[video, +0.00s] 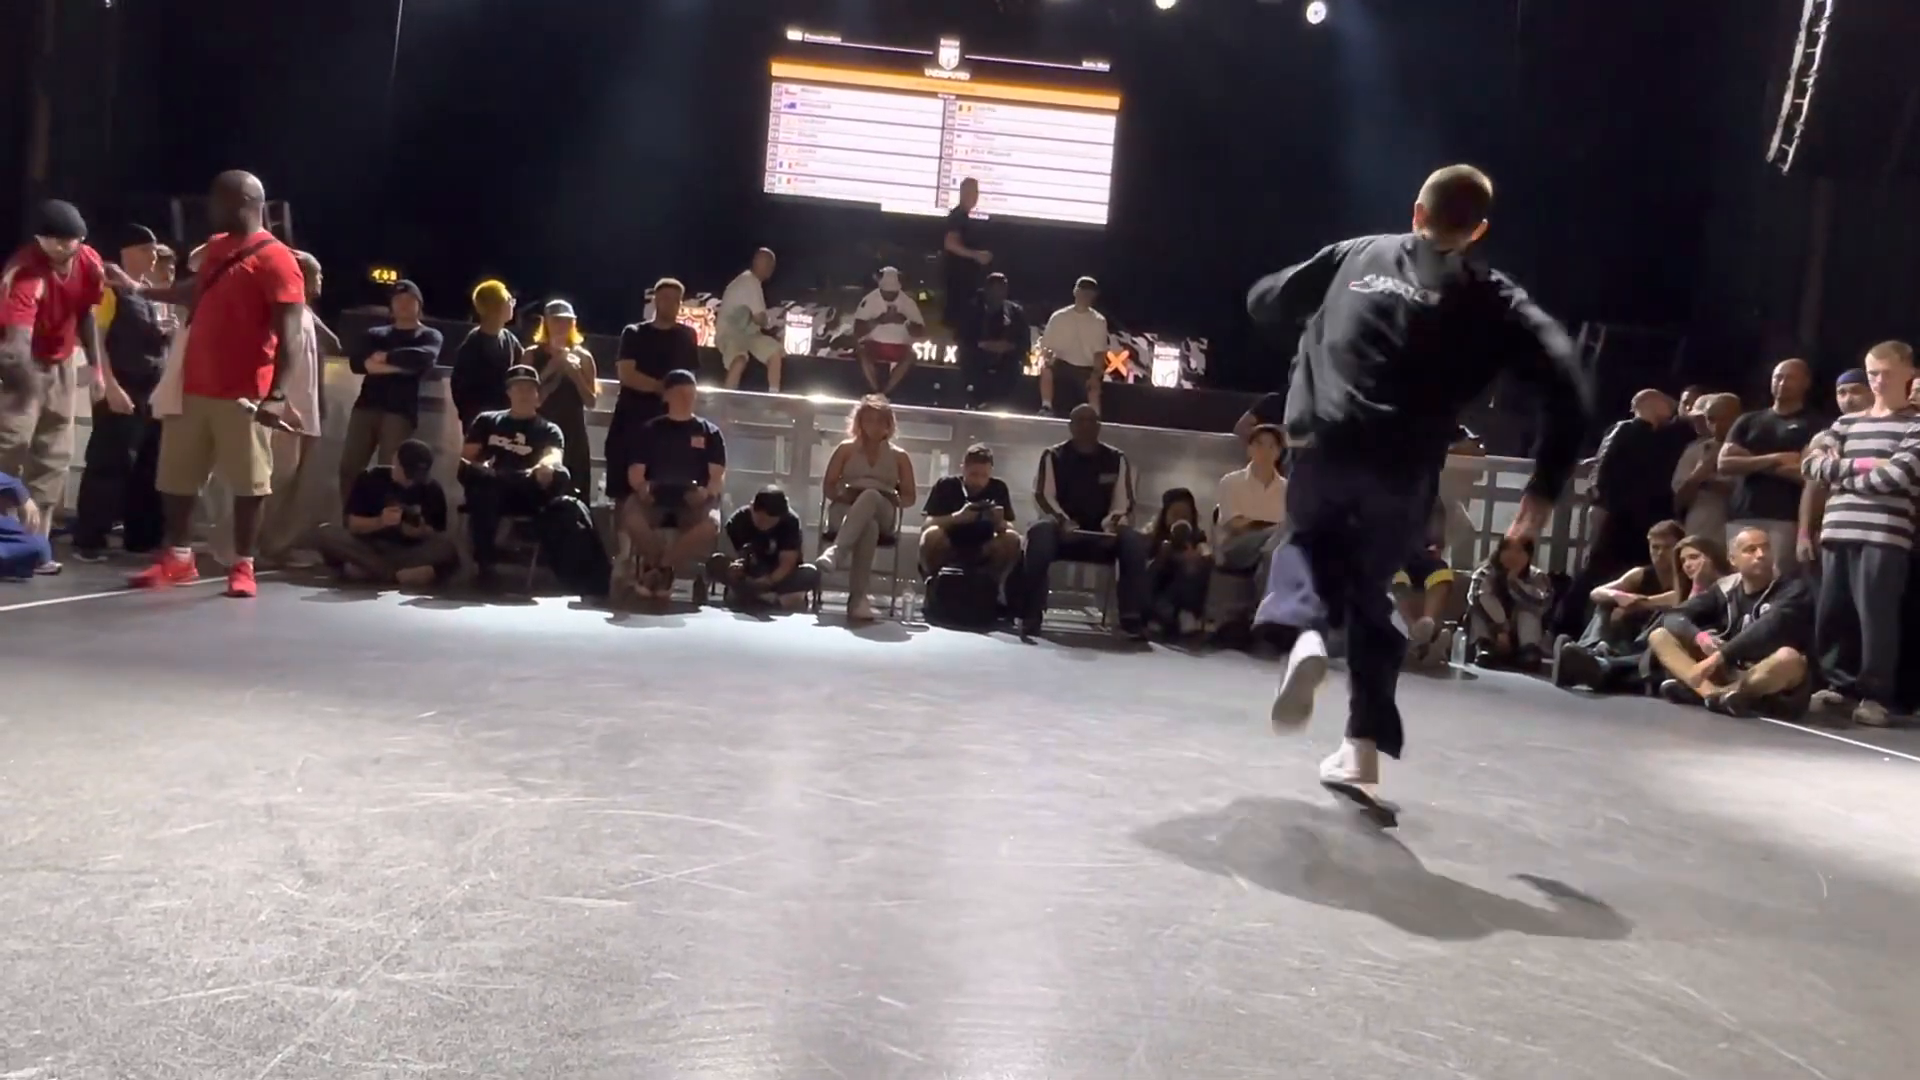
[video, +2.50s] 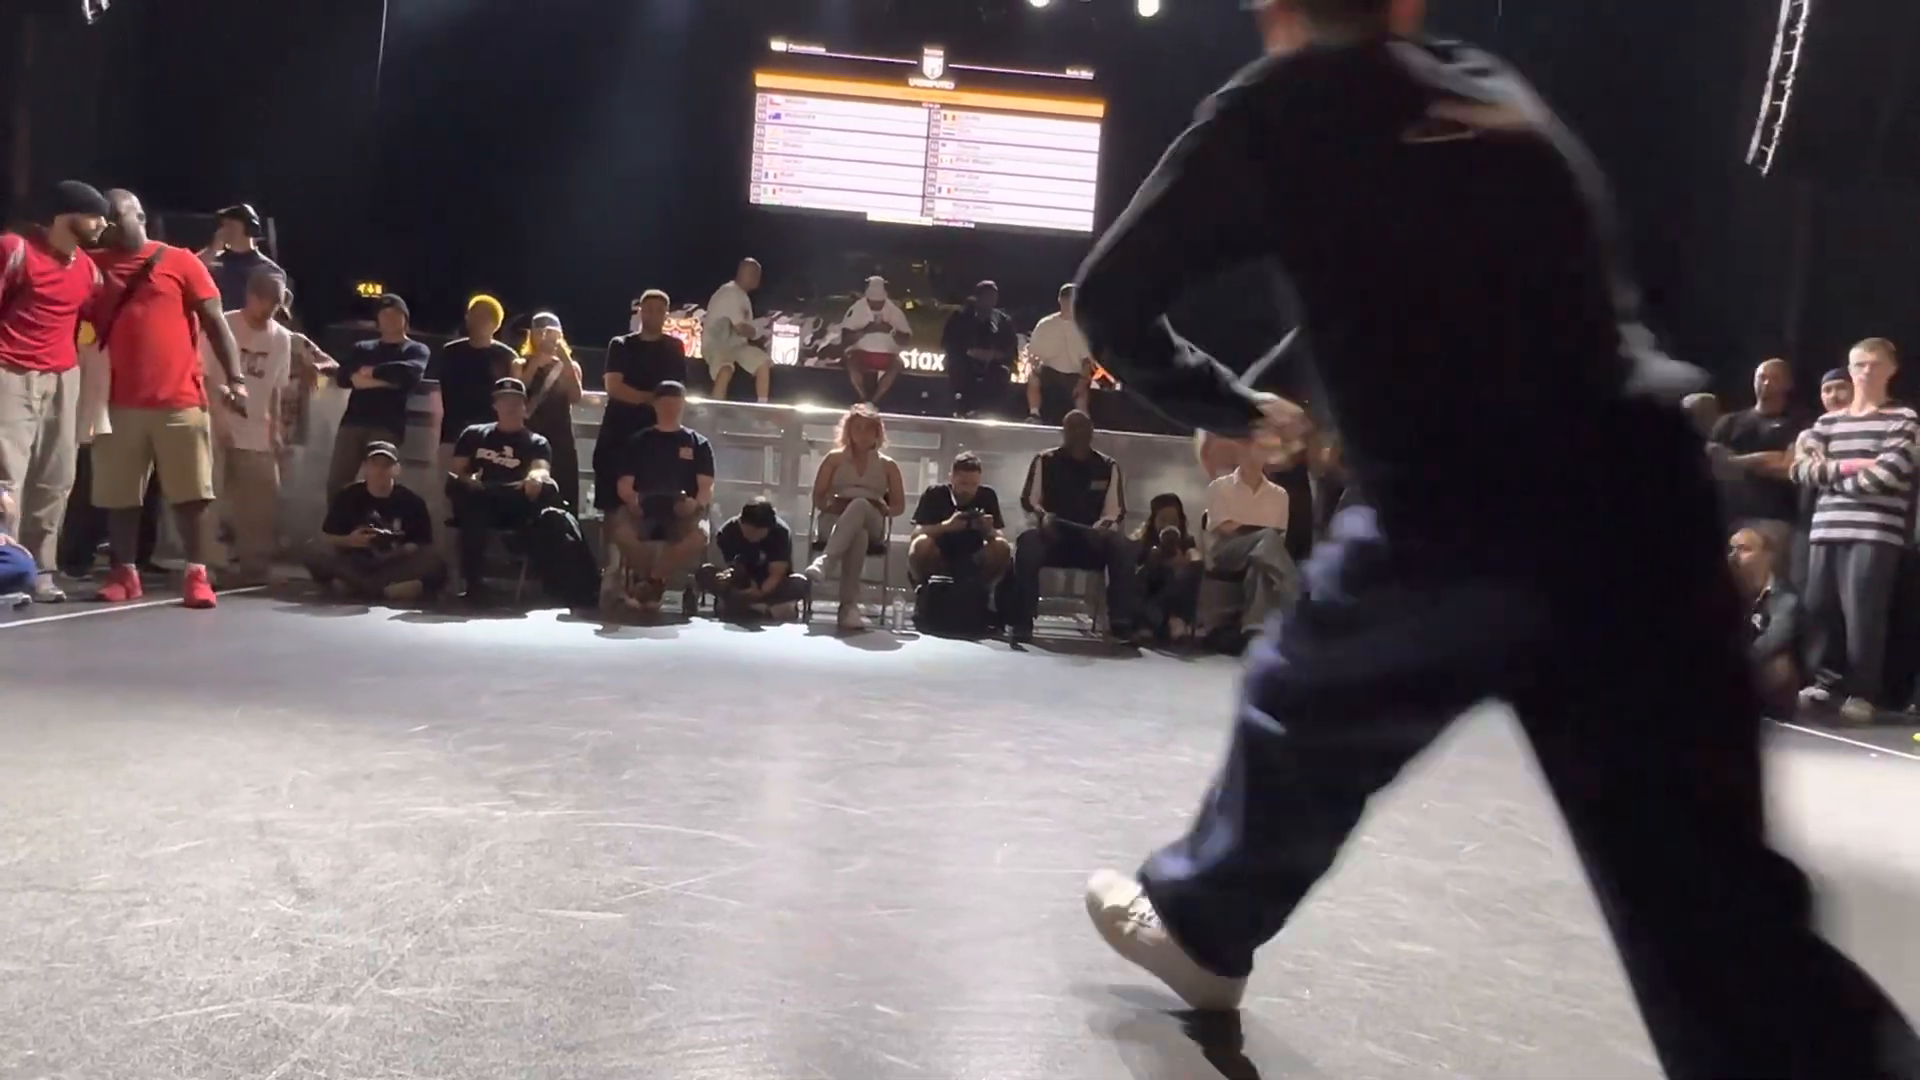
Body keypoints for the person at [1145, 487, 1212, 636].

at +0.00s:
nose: (1180, 520)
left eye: (1185, 514)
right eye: (1174, 514)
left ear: (1193, 515)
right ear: (1165, 515)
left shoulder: (1199, 538)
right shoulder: (1153, 539)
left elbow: (1208, 559)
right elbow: (1148, 570)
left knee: (1196, 566)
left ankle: (1189, 613)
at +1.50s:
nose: (1179, 522)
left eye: (1184, 517)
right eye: (1174, 516)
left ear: (1192, 517)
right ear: (1164, 516)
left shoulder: (1197, 539)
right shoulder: (1151, 539)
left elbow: (1207, 558)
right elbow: (1148, 572)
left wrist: (1191, 555)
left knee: (1196, 568)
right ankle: (1185, 616)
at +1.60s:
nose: (1179, 524)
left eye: (1184, 519)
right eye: (1174, 518)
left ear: (1192, 519)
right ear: (1165, 518)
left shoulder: (1197, 541)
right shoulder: (1150, 541)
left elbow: (1207, 562)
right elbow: (1147, 574)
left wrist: (1186, 549)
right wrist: (1164, 555)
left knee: (1194, 565)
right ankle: (1186, 617)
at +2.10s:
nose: (1174, 525)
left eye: (1179, 520)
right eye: (1169, 520)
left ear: (1187, 520)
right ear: (1159, 519)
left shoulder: (1192, 541)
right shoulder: (1145, 541)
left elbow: (1202, 562)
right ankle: (1181, 619)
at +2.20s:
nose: (1173, 524)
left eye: (1178, 519)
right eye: (1167, 519)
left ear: (1185, 519)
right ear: (1157, 519)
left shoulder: (1190, 541)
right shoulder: (1144, 541)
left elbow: (1200, 561)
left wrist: (1183, 557)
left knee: (1195, 569)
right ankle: (1179, 619)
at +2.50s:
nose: (1168, 526)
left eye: (1173, 520)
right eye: (1163, 520)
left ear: (1181, 520)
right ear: (1153, 520)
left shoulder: (1187, 542)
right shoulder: (1140, 542)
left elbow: (1197, 561)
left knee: (1193, 568)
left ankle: (1184, 620)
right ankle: (1174, 619)